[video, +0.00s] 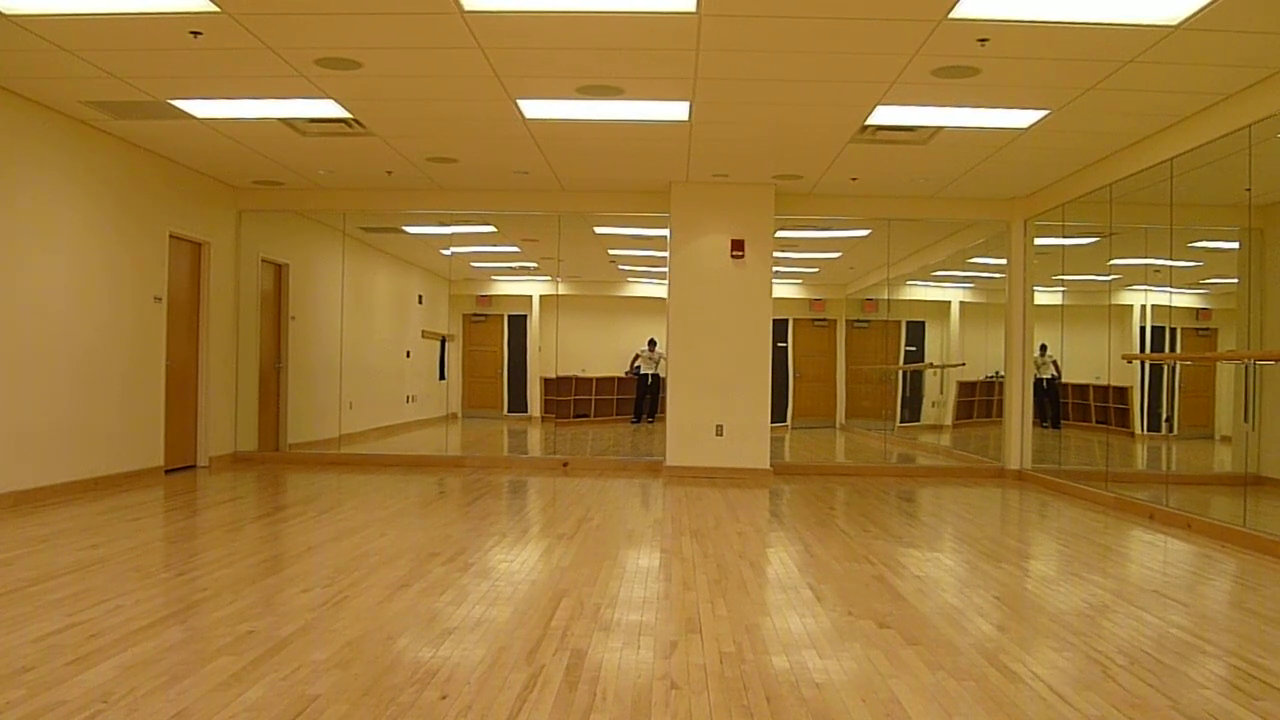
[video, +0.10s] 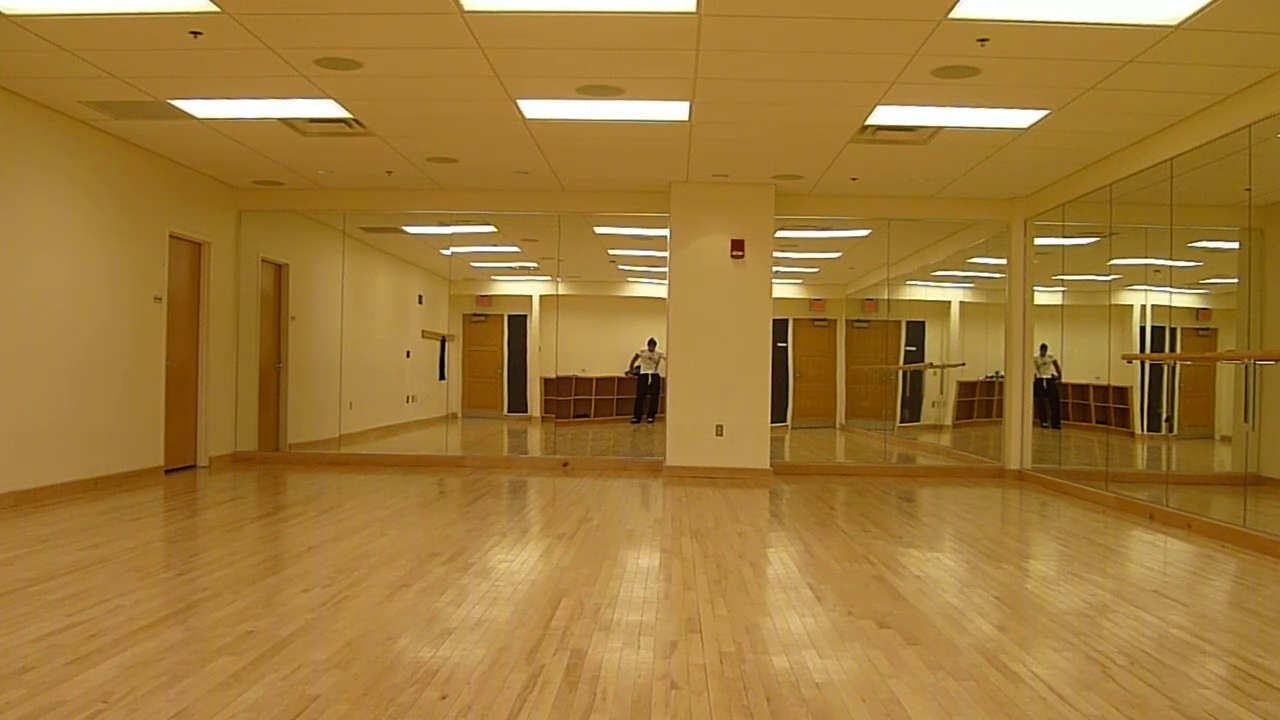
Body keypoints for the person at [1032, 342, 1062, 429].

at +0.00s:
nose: (1042, 353)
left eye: (1044, 351)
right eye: (1041, 351)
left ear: (1047, 351)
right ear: (1039, 350)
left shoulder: (1050, 357)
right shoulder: (1035, 359)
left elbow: (1056, 367)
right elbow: (1034, 369)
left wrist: (1059, 376)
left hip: (1050, 378)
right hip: (1039, 378)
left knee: (1054, 400)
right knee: (1041, 401)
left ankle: (1055, 422)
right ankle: (1043, 421)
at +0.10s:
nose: (1043, 353)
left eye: (1044, 351)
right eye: (1042, 350)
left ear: (1047, 351)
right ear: (1039, 350)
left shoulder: (1050, 358)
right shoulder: (1035, 359)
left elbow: (1057, 367)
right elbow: (1033, 369)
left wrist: (1059, 376)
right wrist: (1033, 377)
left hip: (1050, 378)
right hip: (1039, 378)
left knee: (1054, 400)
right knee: (1041, 401)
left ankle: (1055, 422)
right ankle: (1043, 421)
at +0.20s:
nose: (1043, 353)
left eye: (1045, 351)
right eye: (1042, 350)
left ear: (1047, 351)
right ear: (1040, 350)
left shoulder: (1051, 358)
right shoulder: (1036, 359)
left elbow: (1058, 368)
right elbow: (1034, 369)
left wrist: (1060, 376)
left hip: (1051, 378)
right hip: (1040, 378)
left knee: (1054, 400)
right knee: (1041, 401)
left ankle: (1055, 422)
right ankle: (1043, 421)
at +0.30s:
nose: (1044, 352)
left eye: (1045, 350)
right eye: (1042, 350)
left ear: (1048, 351)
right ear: (1040, 350)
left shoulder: (1052, 358)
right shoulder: (1036, 359)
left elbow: (1059, 368)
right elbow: (1034, 369)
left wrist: (1060, 378)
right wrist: (1034, 378)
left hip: (1051, 378)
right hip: (1040, 378)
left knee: (1054, 400)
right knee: (1041, 401)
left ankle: (1055, 422)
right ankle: (1043, 421)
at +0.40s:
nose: (1044, 352)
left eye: (1046, 351)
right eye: (1043, 350)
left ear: (1048, 351)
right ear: (1041, 350)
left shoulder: (1053, 359)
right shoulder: (1037, 359)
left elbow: (1059, 367)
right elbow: (1034, 369)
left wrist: (1060, 377)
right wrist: (1034, 378)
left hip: (1051, 378)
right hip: (1040, 378)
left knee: (1054, 400)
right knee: (1041, 401)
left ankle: (1055, 422)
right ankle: (1043, 421)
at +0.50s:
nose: (1045, 352)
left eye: (1047, 351)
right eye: (1044, 350)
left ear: (1049, 351)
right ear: (1042, 350)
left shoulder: (1053, 358)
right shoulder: (1038, 358)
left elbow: (1059, 367)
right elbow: (1034, 368)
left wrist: (1060, 376)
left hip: (1051, 378)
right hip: (1040, 378)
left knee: (1054, 400)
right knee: (1041, 401)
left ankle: (1055, 422)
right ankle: (1043, 421)